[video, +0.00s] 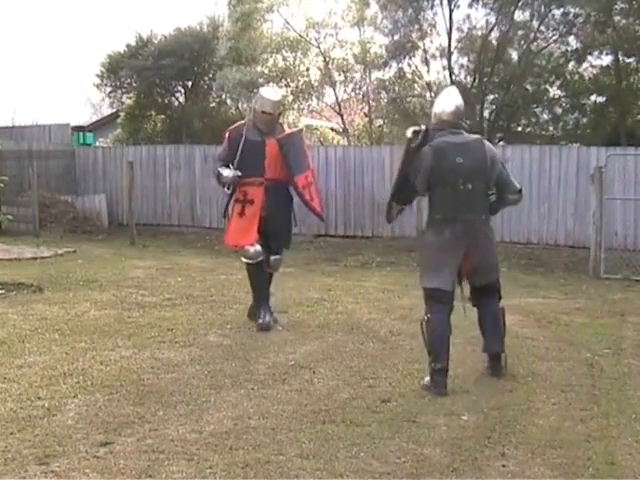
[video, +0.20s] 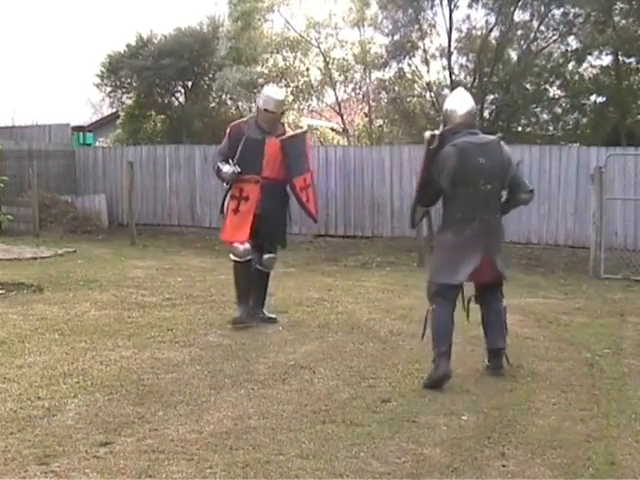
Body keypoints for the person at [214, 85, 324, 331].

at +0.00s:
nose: (268, 118)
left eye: (273, 114)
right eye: (264, 113)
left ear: (278, 113)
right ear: (254, 110)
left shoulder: (286, 137)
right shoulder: (238, 134)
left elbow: (300, 169)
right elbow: (221, 164)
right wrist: (226, 174)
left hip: (277, 200)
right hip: (247, 200)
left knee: (275, 257)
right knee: (252, 252)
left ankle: (259, 303)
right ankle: (263, 305)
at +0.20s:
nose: (270, 118)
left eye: (275, 113)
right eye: (266, 112)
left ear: (281, 113)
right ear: (257, 108)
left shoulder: (286, 137)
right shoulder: (239, 130)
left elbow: (297, 171)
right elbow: (219, 159)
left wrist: (293, 148)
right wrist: (226, 170)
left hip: (273, 202)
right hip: (242, 200)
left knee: (268, 255)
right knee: (241, 251)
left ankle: (258, 307)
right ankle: (243, 307)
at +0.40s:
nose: (273, 117)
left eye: (278, 112)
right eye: (269, 111)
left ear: (283, 113)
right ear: (258, 108)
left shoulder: (287, 138)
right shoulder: (237, 129)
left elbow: (298, 173)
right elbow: (218, 156)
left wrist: (295, 146)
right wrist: (223, 164)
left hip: (270, 200)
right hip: (238, 198)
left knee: (263, 256)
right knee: (230, 251)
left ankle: (257, 308)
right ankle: (221, 307)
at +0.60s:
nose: (271, 118)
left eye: (276, 113)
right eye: (267, 112)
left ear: (281, 113)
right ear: (257, 108)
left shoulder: (283, 138)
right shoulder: (234, 129)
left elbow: (296, 172)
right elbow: (214, 157)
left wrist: (293, 143)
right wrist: (220, 162)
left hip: (266, 199)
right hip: (235, 196)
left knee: (261, 257)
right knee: (221, 249)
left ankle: (256, 308)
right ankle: (208, 306)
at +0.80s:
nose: (267, 119)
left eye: (271, 114)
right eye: (263, 113)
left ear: (276, 114)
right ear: (251, 109)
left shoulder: (279, 138)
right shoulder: (228, 129)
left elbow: (291, 173)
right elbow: (207, 160)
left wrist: (289, 144)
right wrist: (216, 165)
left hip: (262, 201)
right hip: (230, 198)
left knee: (258, 257)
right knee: (216, 250)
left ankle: (256, 308)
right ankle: (202, 307)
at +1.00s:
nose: (255, 119)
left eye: (259, 115)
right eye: (251, 114)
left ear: (264, 114)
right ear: (239, 109)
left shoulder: (266, 139)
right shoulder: (217, 131)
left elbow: (280, 172)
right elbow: (198, 162)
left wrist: (280, 143)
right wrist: (209, 166)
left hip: (255, 199)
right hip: (224, 198)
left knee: (255, 257)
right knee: (210, 252)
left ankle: (256, 308)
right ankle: (196, 308)